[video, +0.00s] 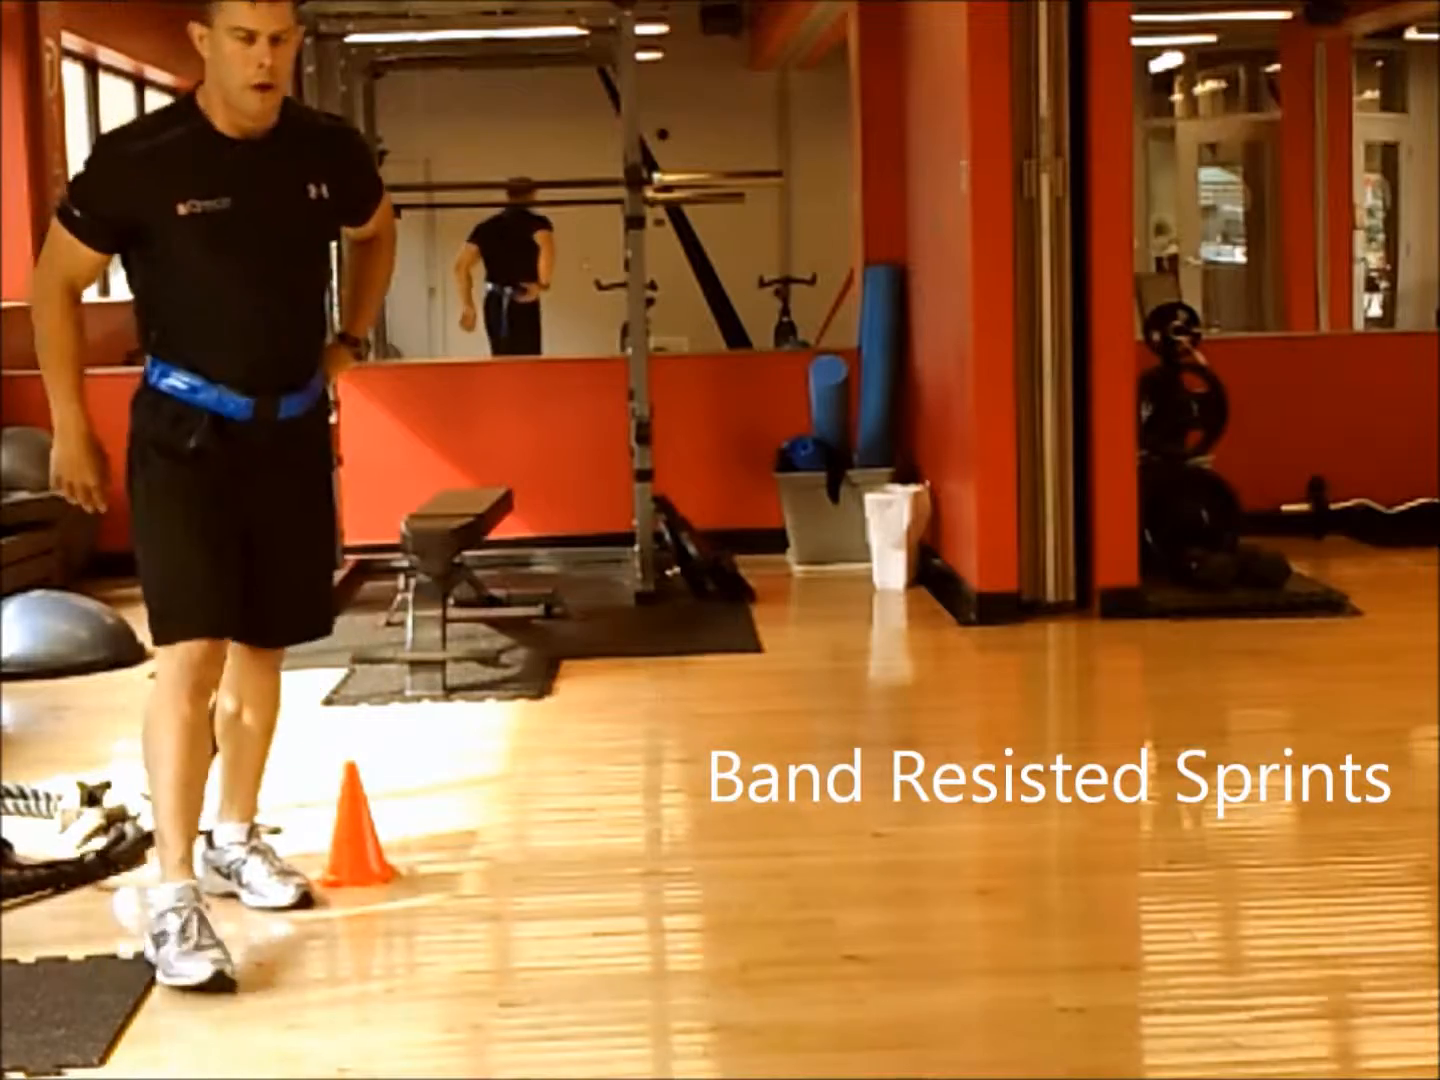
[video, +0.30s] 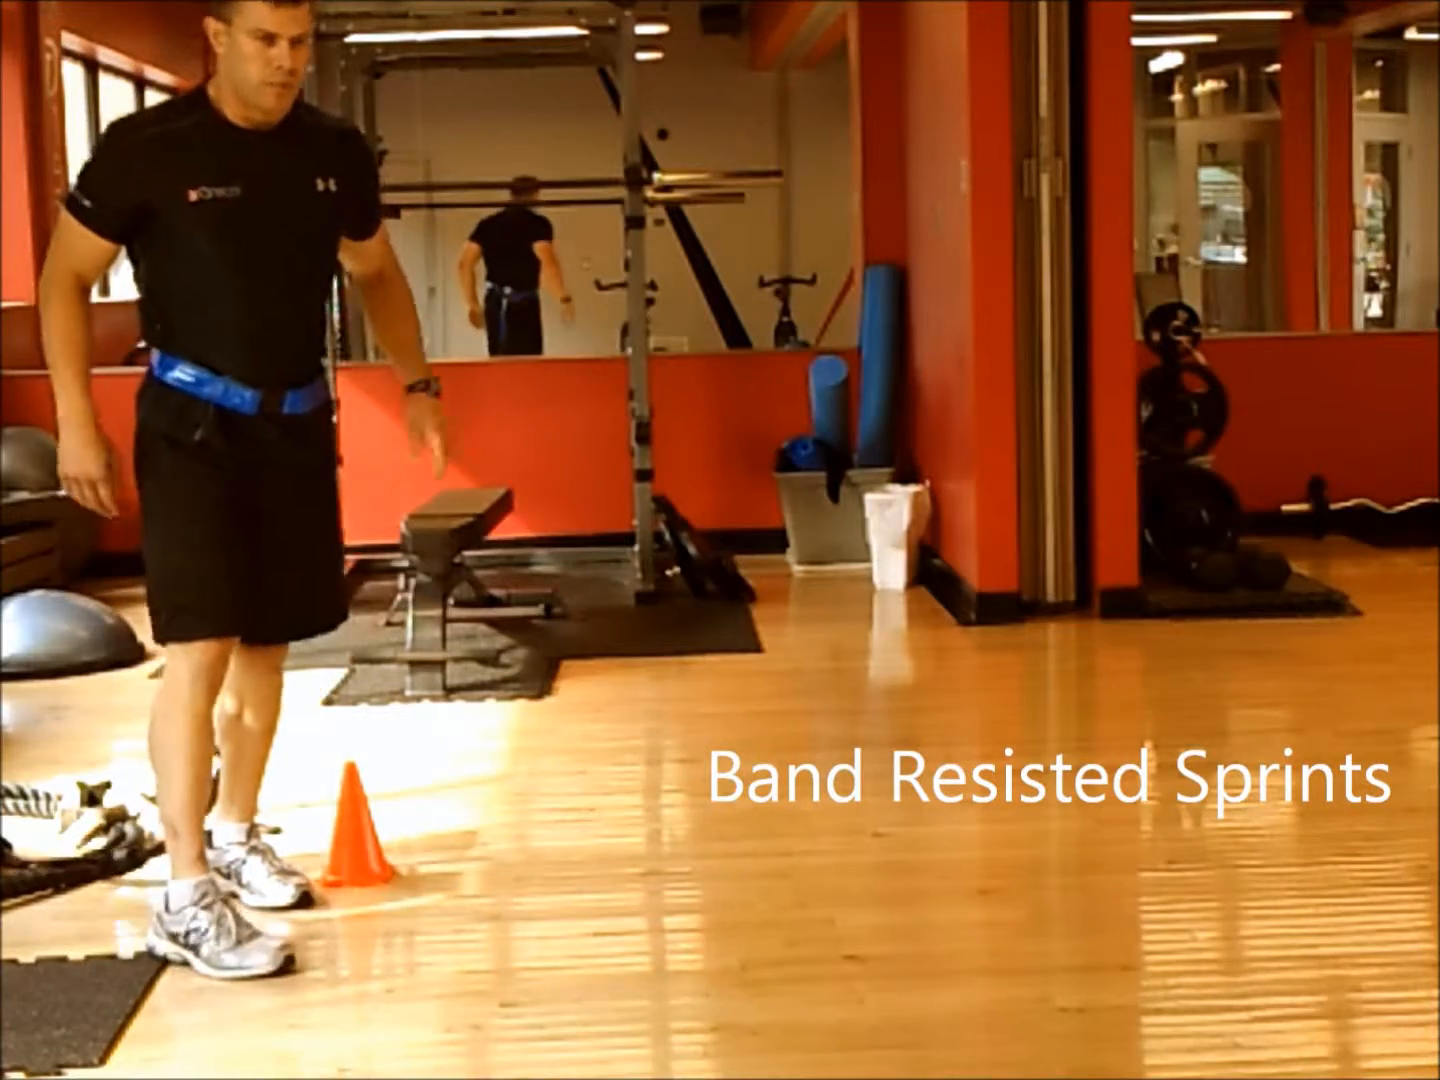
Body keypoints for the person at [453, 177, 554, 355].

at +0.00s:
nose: (534, 198)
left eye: (532, 194)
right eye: (533, 194)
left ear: (509, 196)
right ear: (531, 196)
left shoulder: (487, 226)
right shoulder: (537, 223)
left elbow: (461, 266)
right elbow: (545, 247)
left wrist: (467, 305)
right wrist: (543, 283)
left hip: (494, 298)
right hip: (525, 299)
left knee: (501, 361)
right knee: (527, 362)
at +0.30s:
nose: (538, 197)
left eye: (537, 193)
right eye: (537, 193)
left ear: (512, 194)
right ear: (533, 195)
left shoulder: (489, 223)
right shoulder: (537, 224)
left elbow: (465, 263)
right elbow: (547, 261)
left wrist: (472, 304)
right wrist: (563, 296)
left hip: (494, 299)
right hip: (524, 300)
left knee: (498, 359)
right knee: (528, 359)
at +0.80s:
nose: (557, 210)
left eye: (555, 204)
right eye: (556, 205)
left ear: (535, 203)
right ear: (554, 206)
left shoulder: (506, 227)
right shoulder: (557, 235)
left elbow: (473, 259)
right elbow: (564, 273)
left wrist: (473, 301)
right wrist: (579, 305)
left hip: (499, 301)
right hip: (529, 306)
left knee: (510, 363)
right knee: (530, 364)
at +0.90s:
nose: (566, 217)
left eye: (566, 213)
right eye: (566, 213)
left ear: (544, 210)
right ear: (561, 212)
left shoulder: (517, 229)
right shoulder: (564, 237)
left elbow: (476, 252)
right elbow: (573, 272)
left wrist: (469, 294)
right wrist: (587, 297)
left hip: (503, 305)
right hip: (531, 309)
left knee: (516, 363)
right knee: (529, 365)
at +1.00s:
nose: (575, 223)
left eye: (574, 218)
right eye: (574, 218)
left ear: (552, 216)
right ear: (572, 218)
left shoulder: (527, 235)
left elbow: (487, 251)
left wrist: (477, 287)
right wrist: (595, 288)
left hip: (509, 306)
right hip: (537, 312)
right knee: (538, 369)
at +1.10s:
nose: (583, 232)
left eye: (582, 228)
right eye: (582, 228)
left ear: (560, 226)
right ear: (580, 227)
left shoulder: (533, 243)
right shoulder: (580, 248)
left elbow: (500, 267)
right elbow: (582, 274)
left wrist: (501, 305)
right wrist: (592, 314)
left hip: (519, 313)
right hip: (549, 317)